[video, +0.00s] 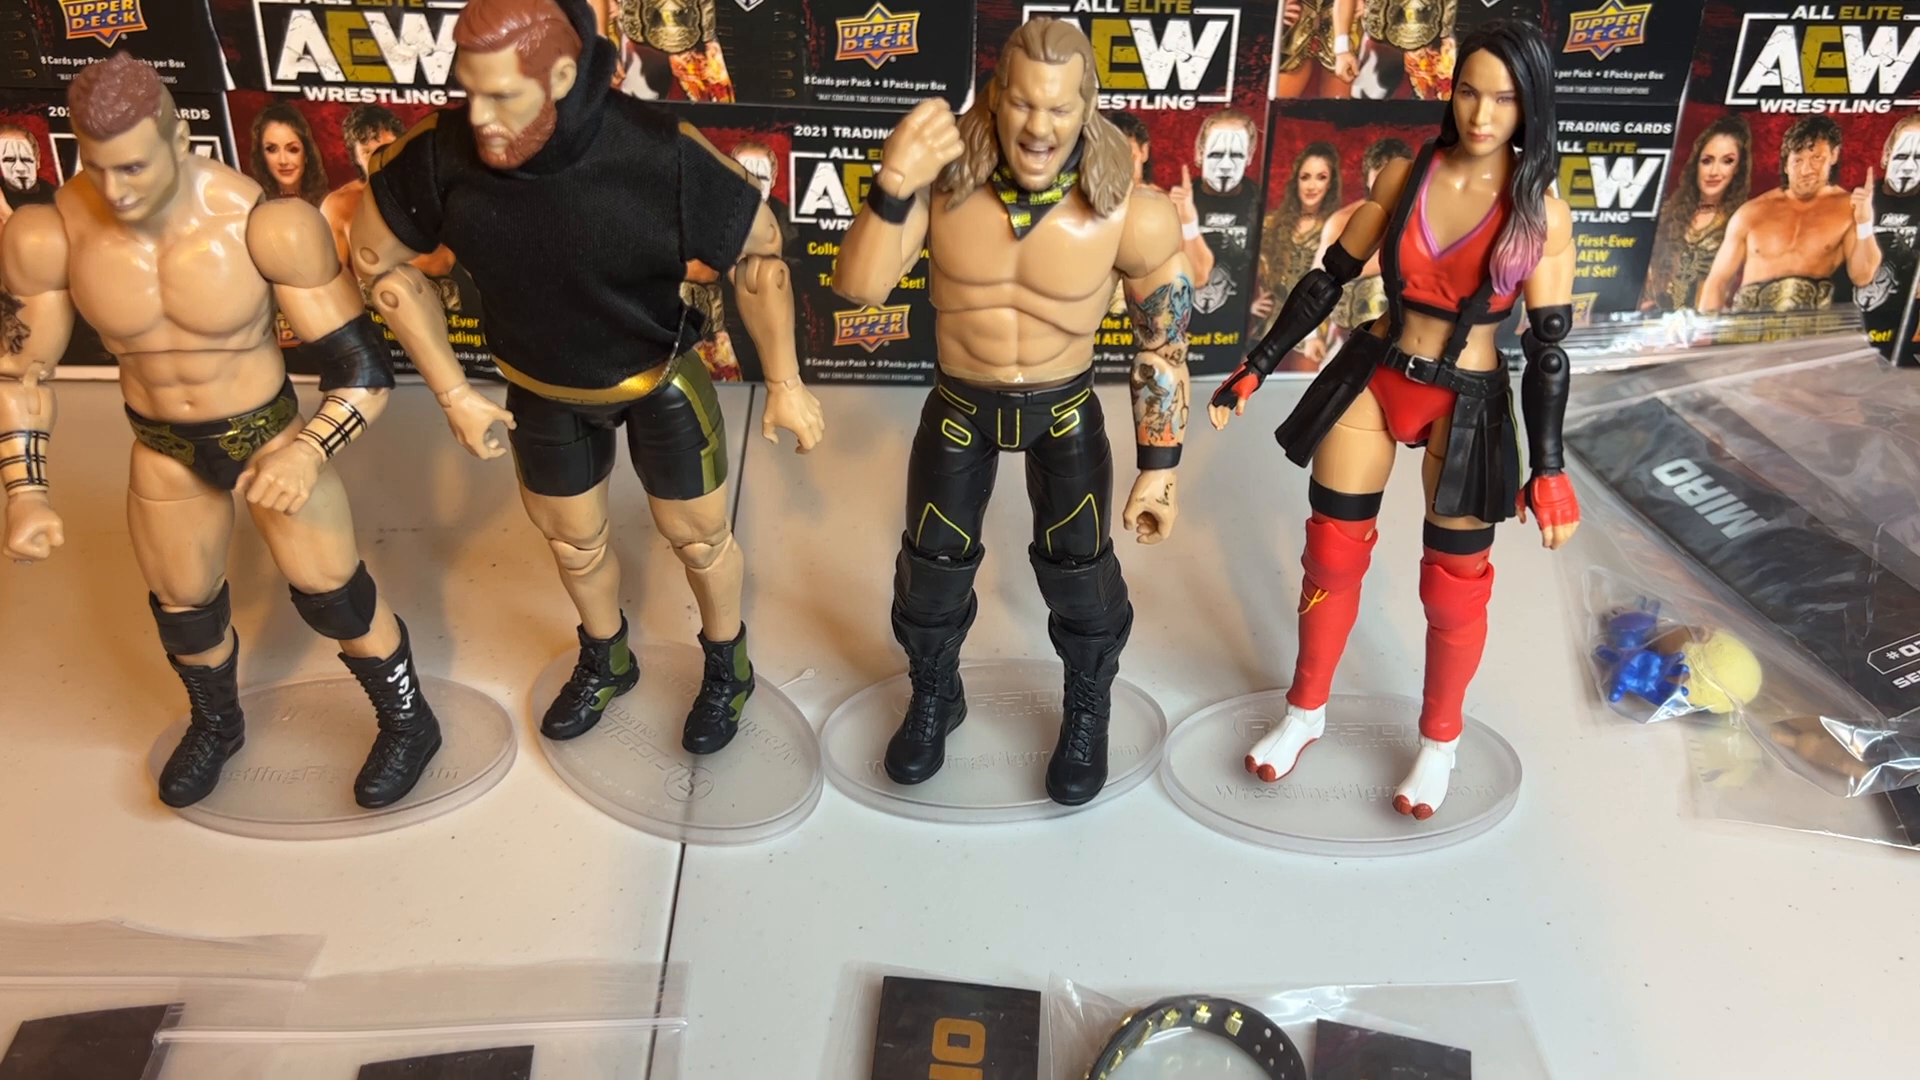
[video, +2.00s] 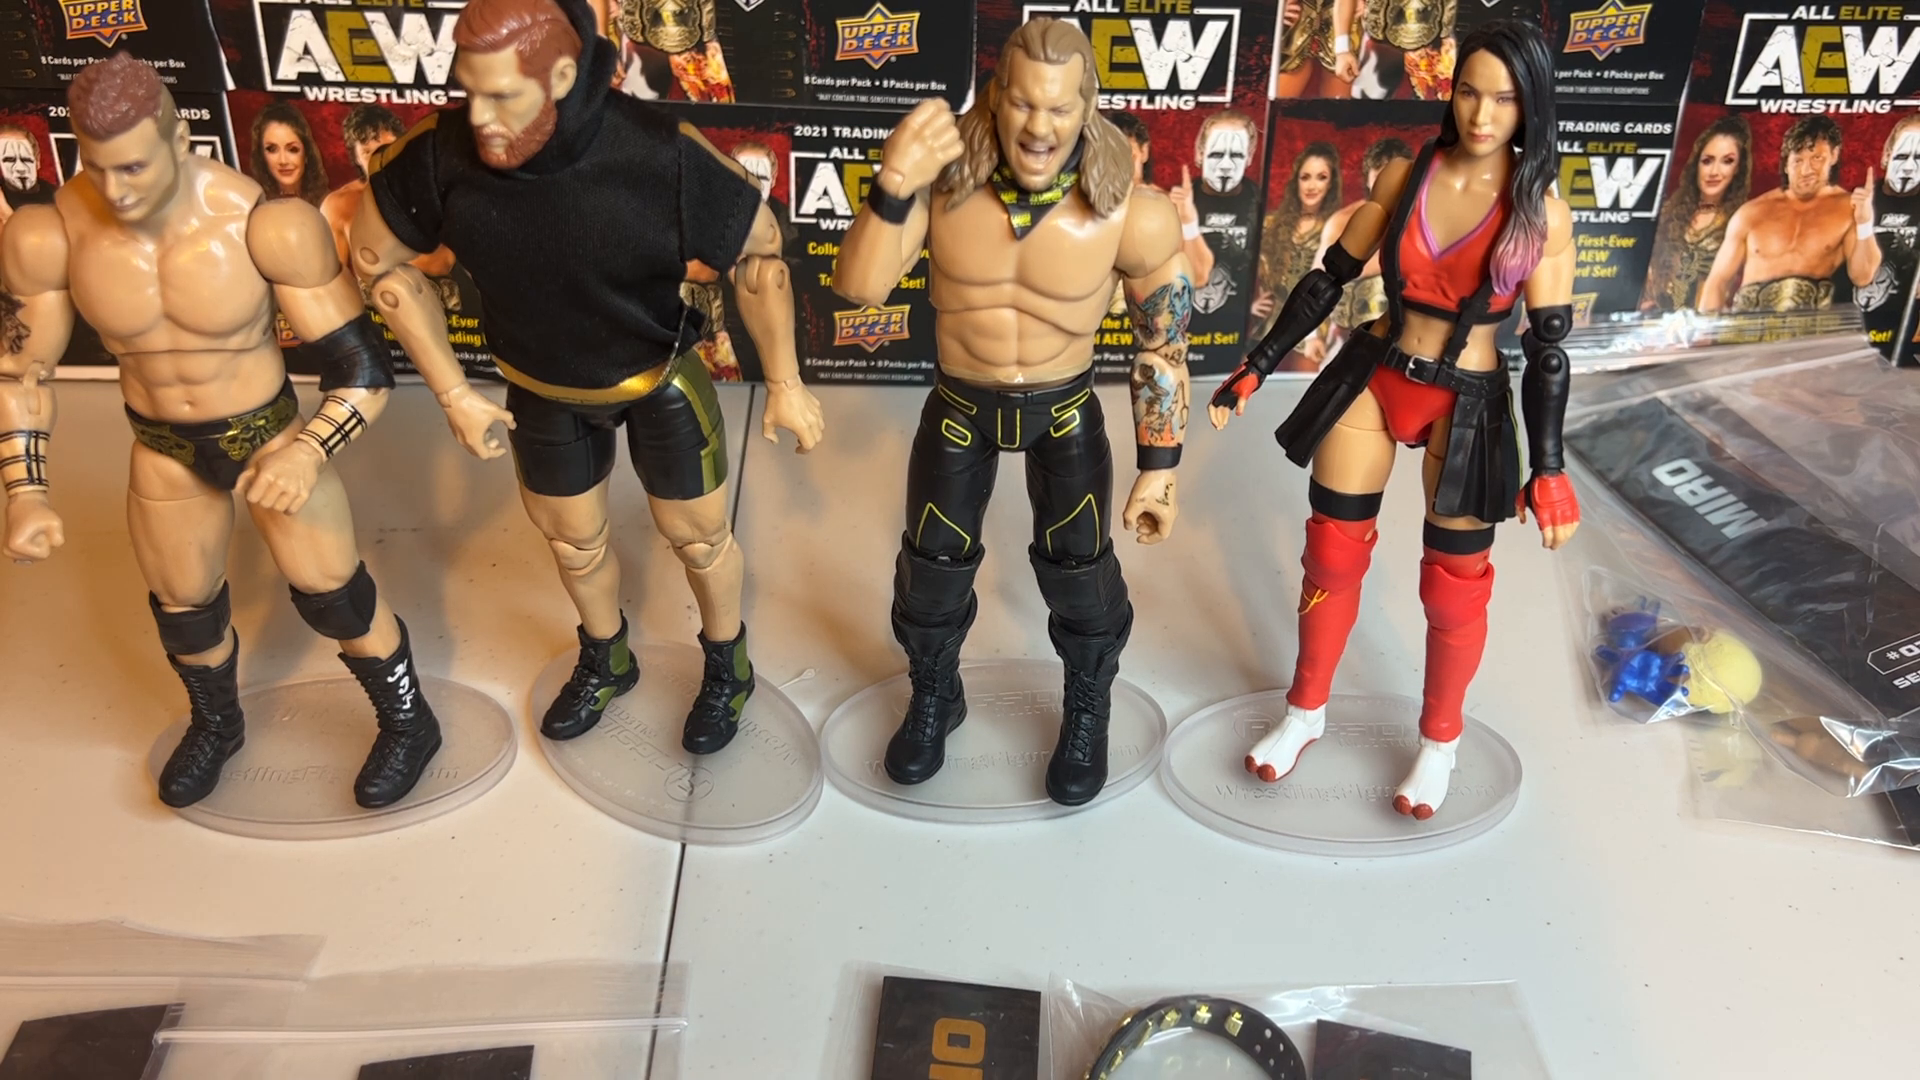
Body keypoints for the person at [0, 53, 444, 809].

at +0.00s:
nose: (117, 188)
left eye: (134, 167)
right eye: (100, 169)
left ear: (178, 138)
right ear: (81, 151)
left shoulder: (268, 225)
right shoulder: (54, 232)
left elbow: (362, 370)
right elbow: (23, 372)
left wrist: (312, 446)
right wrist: (22, 486)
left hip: (269, 440)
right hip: (161, 451)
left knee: (335, 598)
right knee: (186, 616)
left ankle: (408, 722)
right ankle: (216, 723)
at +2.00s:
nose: (118, 188)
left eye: (134, 167)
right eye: (100, 169)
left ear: (178, 138)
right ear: (80, 151)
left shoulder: (268, 225)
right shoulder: (53, 232)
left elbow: (362, 370)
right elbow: (23, 372)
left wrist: (312, 446)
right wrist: (22, 487)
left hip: (269, 440)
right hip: (161, 451)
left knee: (336, 599)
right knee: (186, 617)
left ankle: (408, 722)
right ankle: (216, 723)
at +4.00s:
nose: (118, 188)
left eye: (135, 167)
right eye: (101, 169)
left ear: (178, 138)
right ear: (80, 151)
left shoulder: (268, 225)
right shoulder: (52, 234)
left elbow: (362, 370)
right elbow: (22, 372)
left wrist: (311, 447)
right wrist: (22, 487)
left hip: (270, 441)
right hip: (161, 453)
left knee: (336, 598)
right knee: (186, 616)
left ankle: (408, 721)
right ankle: (216, 724)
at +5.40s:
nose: (118, 188)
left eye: (135, 168)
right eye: (101, 170)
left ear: (178, 138)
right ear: (81, 151)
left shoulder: (268, 225)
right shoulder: (53, 233)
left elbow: (363, 370)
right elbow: (23, 372)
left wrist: (311, 447)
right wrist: (22, 487)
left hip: (269, 441)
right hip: (161, 452)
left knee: (336, 598)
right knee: (186, 615)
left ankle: (408, 721)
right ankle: (217, 723)